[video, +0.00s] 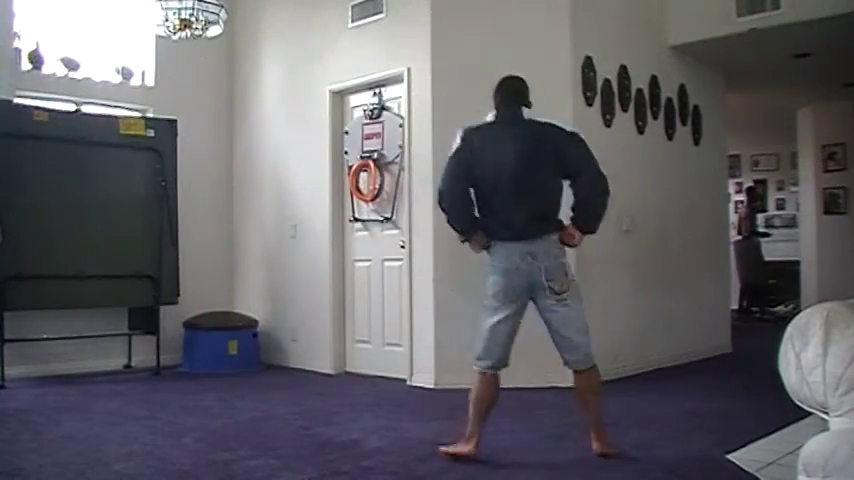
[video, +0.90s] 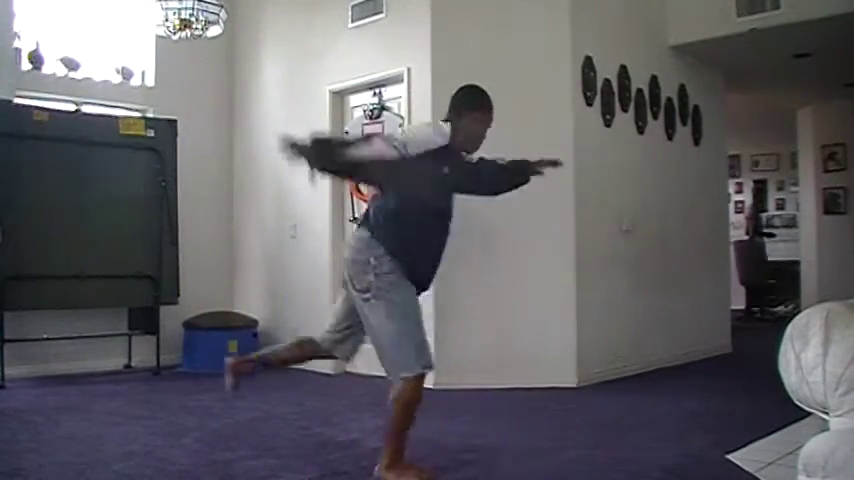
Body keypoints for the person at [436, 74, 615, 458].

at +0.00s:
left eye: (502, 101)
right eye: (520, 101)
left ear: (495, 105)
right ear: (527, 104)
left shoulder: (474, 140)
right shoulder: (556, 138)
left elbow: (450, 193)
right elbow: (594, 185)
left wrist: (473, 232)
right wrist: (579, 228)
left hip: (504, 256)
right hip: (549, 253)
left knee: (488, 358)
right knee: (580, 353)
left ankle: (470, 440)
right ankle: (598, 438)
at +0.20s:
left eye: (524, 86)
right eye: (545, 86)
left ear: (519, 88)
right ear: (553, 89)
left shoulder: (491, 123)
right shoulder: (573, 124)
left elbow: (454, 151)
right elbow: (607, 167)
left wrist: (479, 196)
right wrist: (584, 206)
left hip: (507, 236)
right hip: (551, 233)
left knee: (537, 332)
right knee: (578, 333)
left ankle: (539, 422)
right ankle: (589, 431)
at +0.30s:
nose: (541, 81)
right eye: (545, 76)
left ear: (515, 75)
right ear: (548, 77)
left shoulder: (484, 108)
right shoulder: (562, 105)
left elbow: (449, 150)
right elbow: (607, 151)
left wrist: (479, 189)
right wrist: (588, 193)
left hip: (503, 222)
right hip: (543, 219)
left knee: (542, 326)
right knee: (558, 329)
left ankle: (562, 415)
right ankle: (537, 424)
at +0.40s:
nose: (540, 98)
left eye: (531, 90)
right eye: (541, 91)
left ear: (510, 89)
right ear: (541, 89)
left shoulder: (487, 123)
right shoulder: (543, 113)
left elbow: (452, 176)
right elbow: (610, 157)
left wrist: (485, 210)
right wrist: (608, 170)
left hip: (510, 237)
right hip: (536, 236)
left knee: (563, 338)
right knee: (545, 346)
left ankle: (566, 429)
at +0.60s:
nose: (529, 105)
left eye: (525, 98)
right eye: (529, 98)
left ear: (492, 100)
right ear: (526, 98)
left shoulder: (474, 133)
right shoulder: (521, 127)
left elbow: (441, 187)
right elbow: (570, 150)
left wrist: (464, 230)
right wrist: (592, 137)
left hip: (473, 243)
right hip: (488, 243)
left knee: (519, 347)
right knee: (481, 361)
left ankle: (562, 426)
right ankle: (409, 440)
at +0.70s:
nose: (515, 106)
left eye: (513, 100)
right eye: (514, 99)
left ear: (480, 91)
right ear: (507, 96)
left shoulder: (465, 121)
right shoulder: (487, 122)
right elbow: (519, 182)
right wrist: (562, 220)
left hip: (447, 246)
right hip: (436, 244)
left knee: (476, 339)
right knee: (449, 360)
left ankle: (458, 433)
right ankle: (399, 449)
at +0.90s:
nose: (485, 131)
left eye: (487, 124)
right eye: (482, 123)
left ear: (470, 121)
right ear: (462, 118)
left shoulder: (452, 163)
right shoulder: (426, 150)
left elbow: (487, 178)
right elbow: (368, 160)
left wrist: (527, 169)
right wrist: (325, 156)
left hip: (382, 261)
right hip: (378, 260)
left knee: (332, 345)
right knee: (412, 369)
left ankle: (249, 363)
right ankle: (392, 463)